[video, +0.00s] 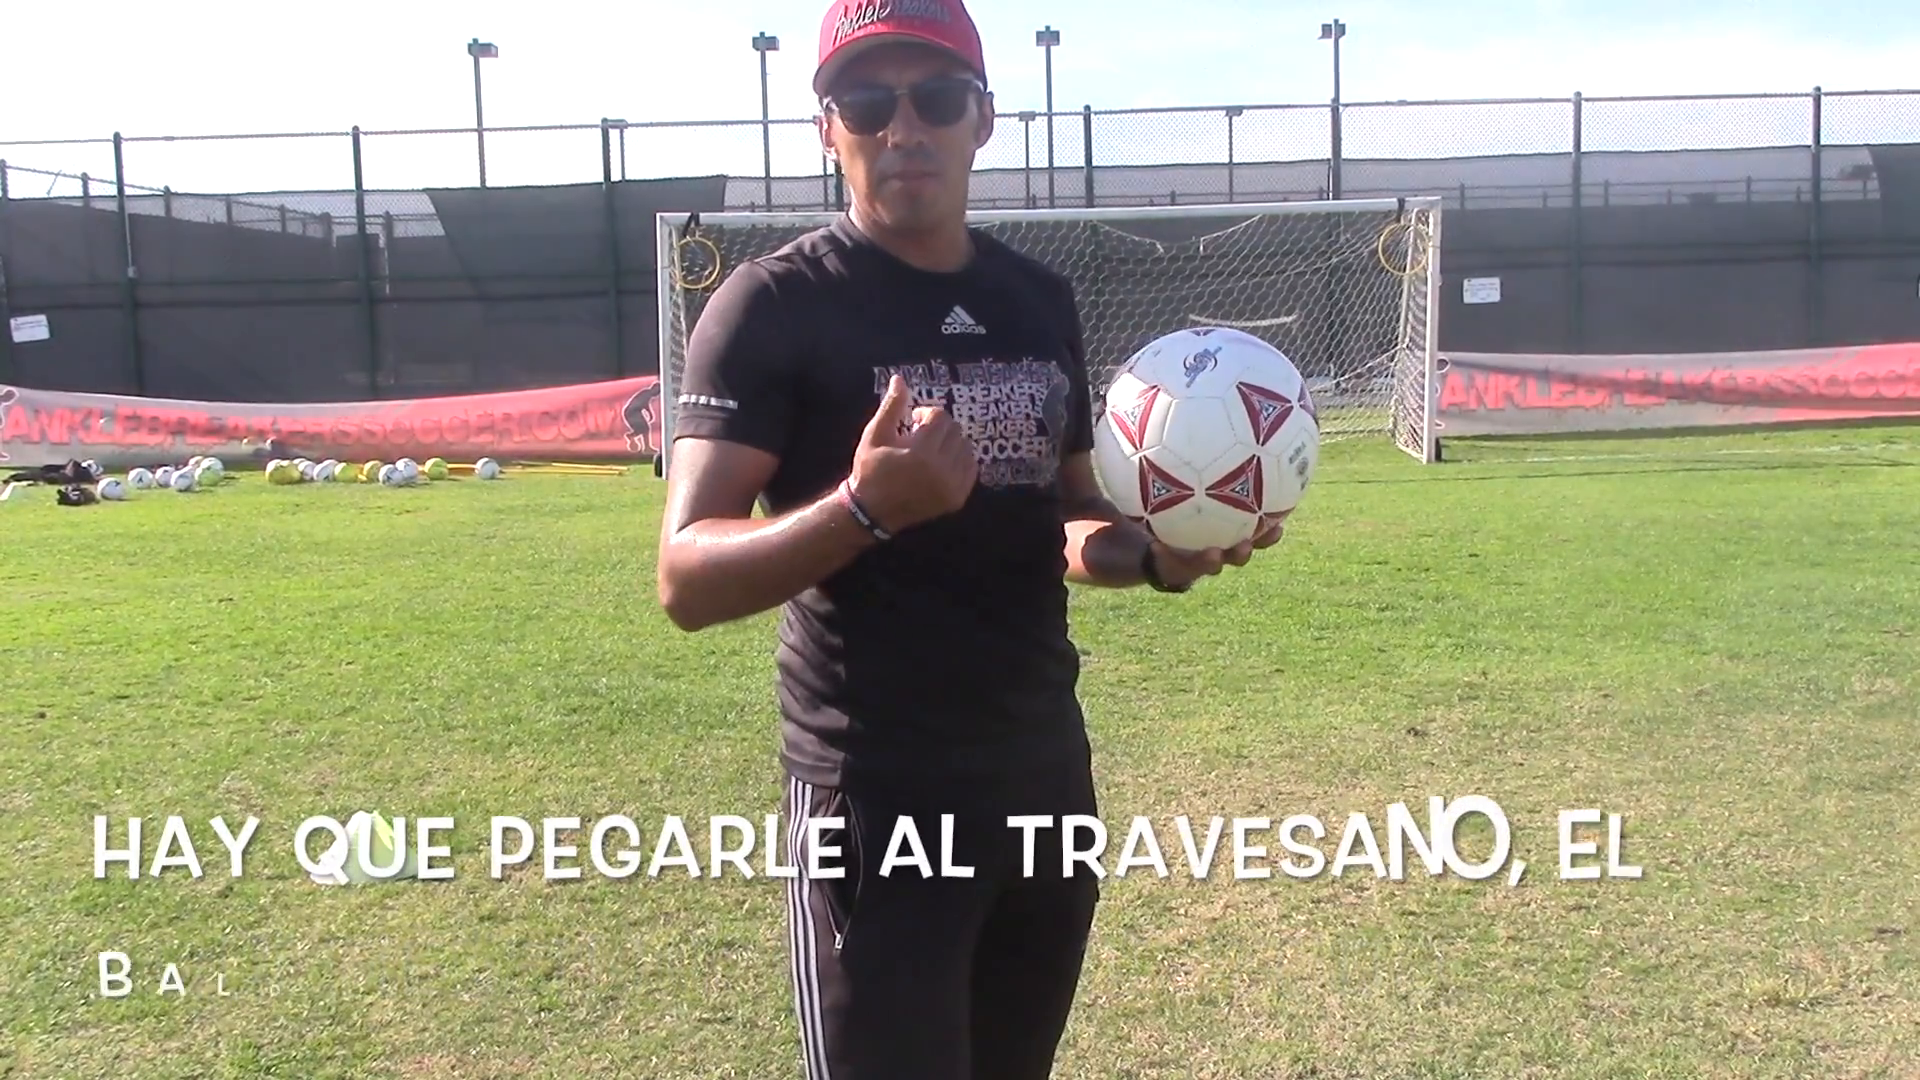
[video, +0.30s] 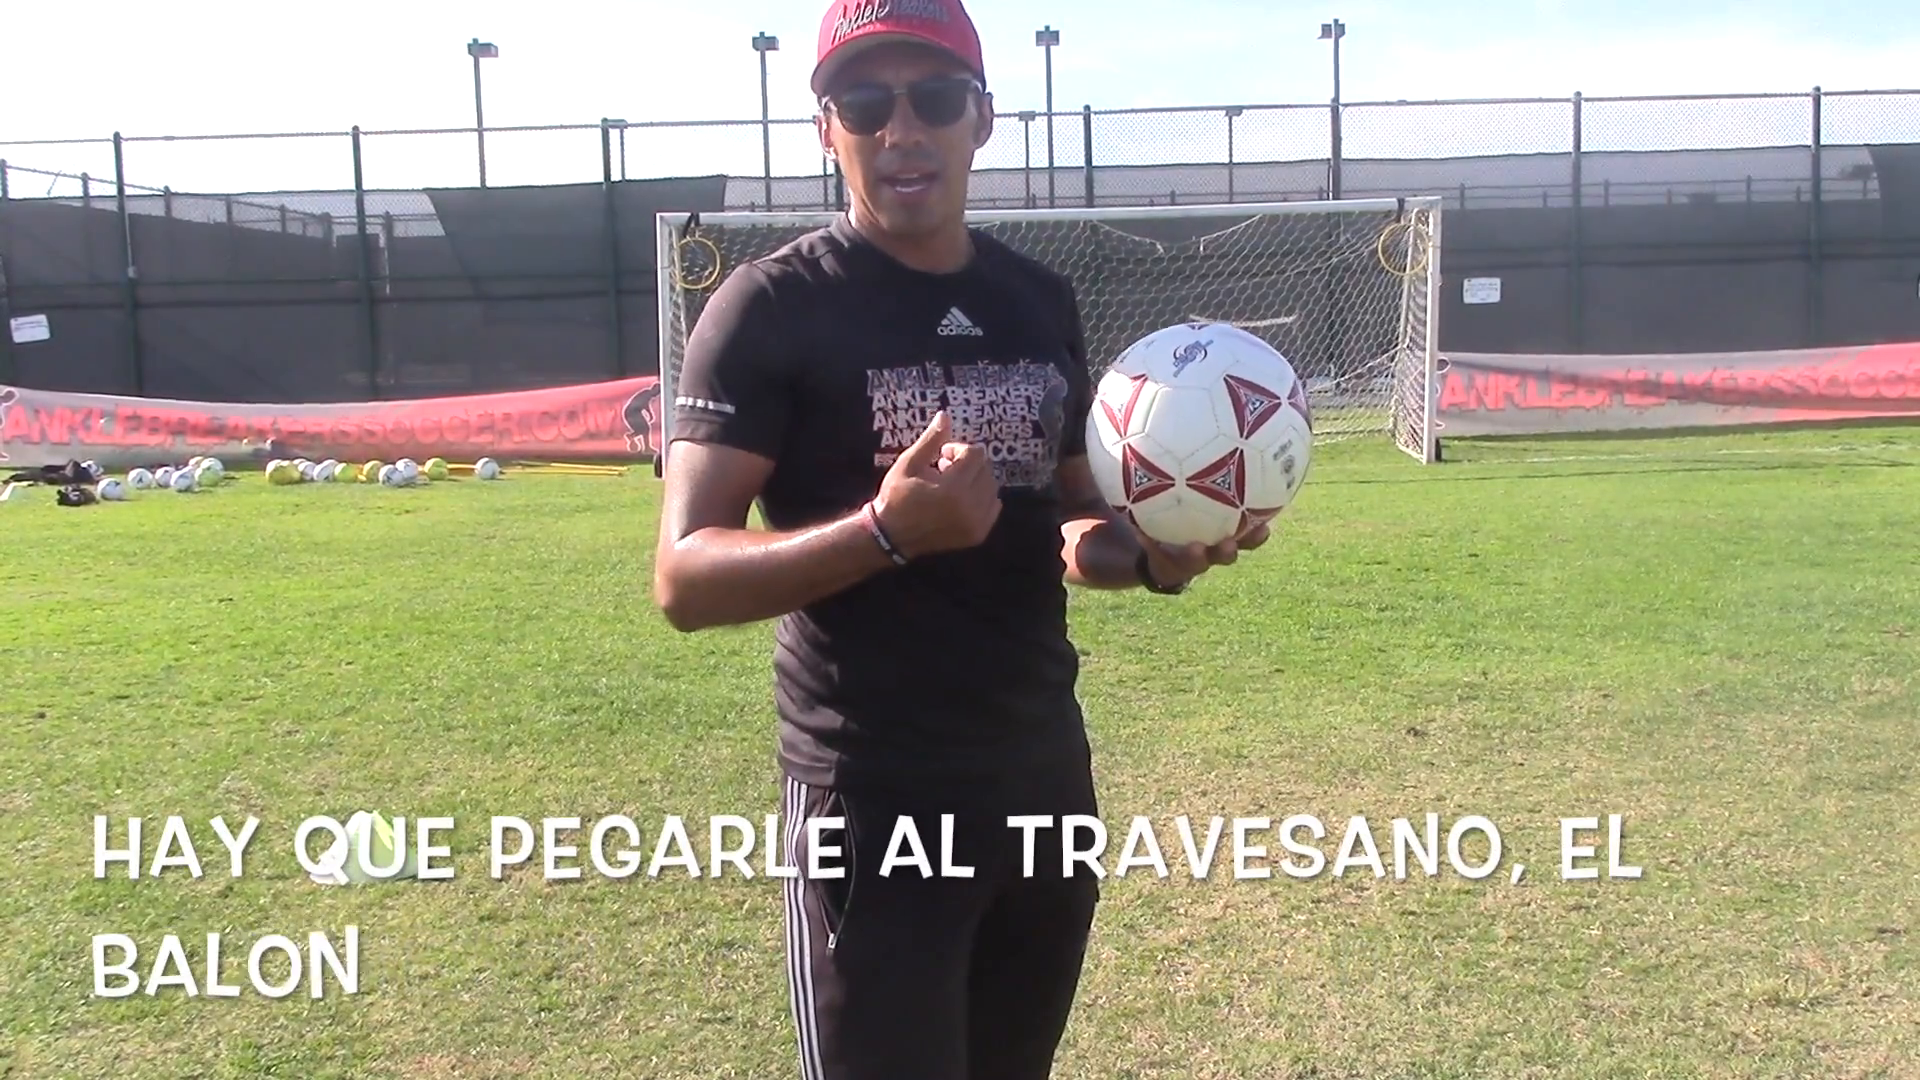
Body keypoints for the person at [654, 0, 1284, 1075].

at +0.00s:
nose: (906, 130)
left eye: (937, 100)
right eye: (870, 102)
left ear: (983, 122)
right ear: (828, 129)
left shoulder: (1039, 296)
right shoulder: (767, 305)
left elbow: (1075, 524)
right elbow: (687, 585)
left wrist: (1156, 552)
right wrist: (862, 510)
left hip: (1040, 769)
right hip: (866, 784)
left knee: (1011, 1062)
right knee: (886, 1063)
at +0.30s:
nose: (904, 133)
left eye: (936, 101)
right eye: (869, 104)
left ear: (981, 122)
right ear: (829, 132)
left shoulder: (1039, 298)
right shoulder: (765, 308)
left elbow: (1074, 527)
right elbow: (685, 582)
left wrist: (1152, 554)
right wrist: (885, 530)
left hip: (1039, 771)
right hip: (861, 785)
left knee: (1012, 1063)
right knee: (882, 1063)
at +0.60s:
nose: (899, 136)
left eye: (930, 103)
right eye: (863, 109)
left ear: (976, 121)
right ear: (824, 136)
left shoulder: (1038, 299)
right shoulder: (763, 310)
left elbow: (1067, 536)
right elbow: (680, 581)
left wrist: (1143, 553)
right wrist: (897, 538)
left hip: (1043, 768)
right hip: (865, 782)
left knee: (1013, 1063)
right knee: (885, 1062)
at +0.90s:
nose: (895, 134)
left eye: (926, 102)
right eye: (860, 108)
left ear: (973, 120)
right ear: (821, 135)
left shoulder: (1036, 299)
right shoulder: (762, 310)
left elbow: (1063, 529)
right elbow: (679, 581)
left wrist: (1135, 554)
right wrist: (896, 541)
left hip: (1044, 772)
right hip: (867, 782)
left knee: (1014, 1064)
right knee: (882, 1063)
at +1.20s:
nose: (896, 134)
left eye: (927, 102)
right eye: (860, 107)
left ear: (972, 121)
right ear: (819, 136)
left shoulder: (1037, 298)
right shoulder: (761, 310)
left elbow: (1064, 524)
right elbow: (671, 574)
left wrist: (1131, 554)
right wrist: (884, 572)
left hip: (1044, 768)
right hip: (871, 781)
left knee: (1019, 1064)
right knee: (883, 1061)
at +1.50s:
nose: (911, 134)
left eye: (944, 102)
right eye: (876, 104)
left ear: (986, 124)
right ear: (830, 131)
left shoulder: (1046, 300)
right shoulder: (765, 305)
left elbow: (1080, 539)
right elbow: (661, 571)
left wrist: (1142, 556)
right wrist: (802, 526)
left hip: (1042, 764)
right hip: (868, 775)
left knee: (1017, 1063)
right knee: (881, 1060)